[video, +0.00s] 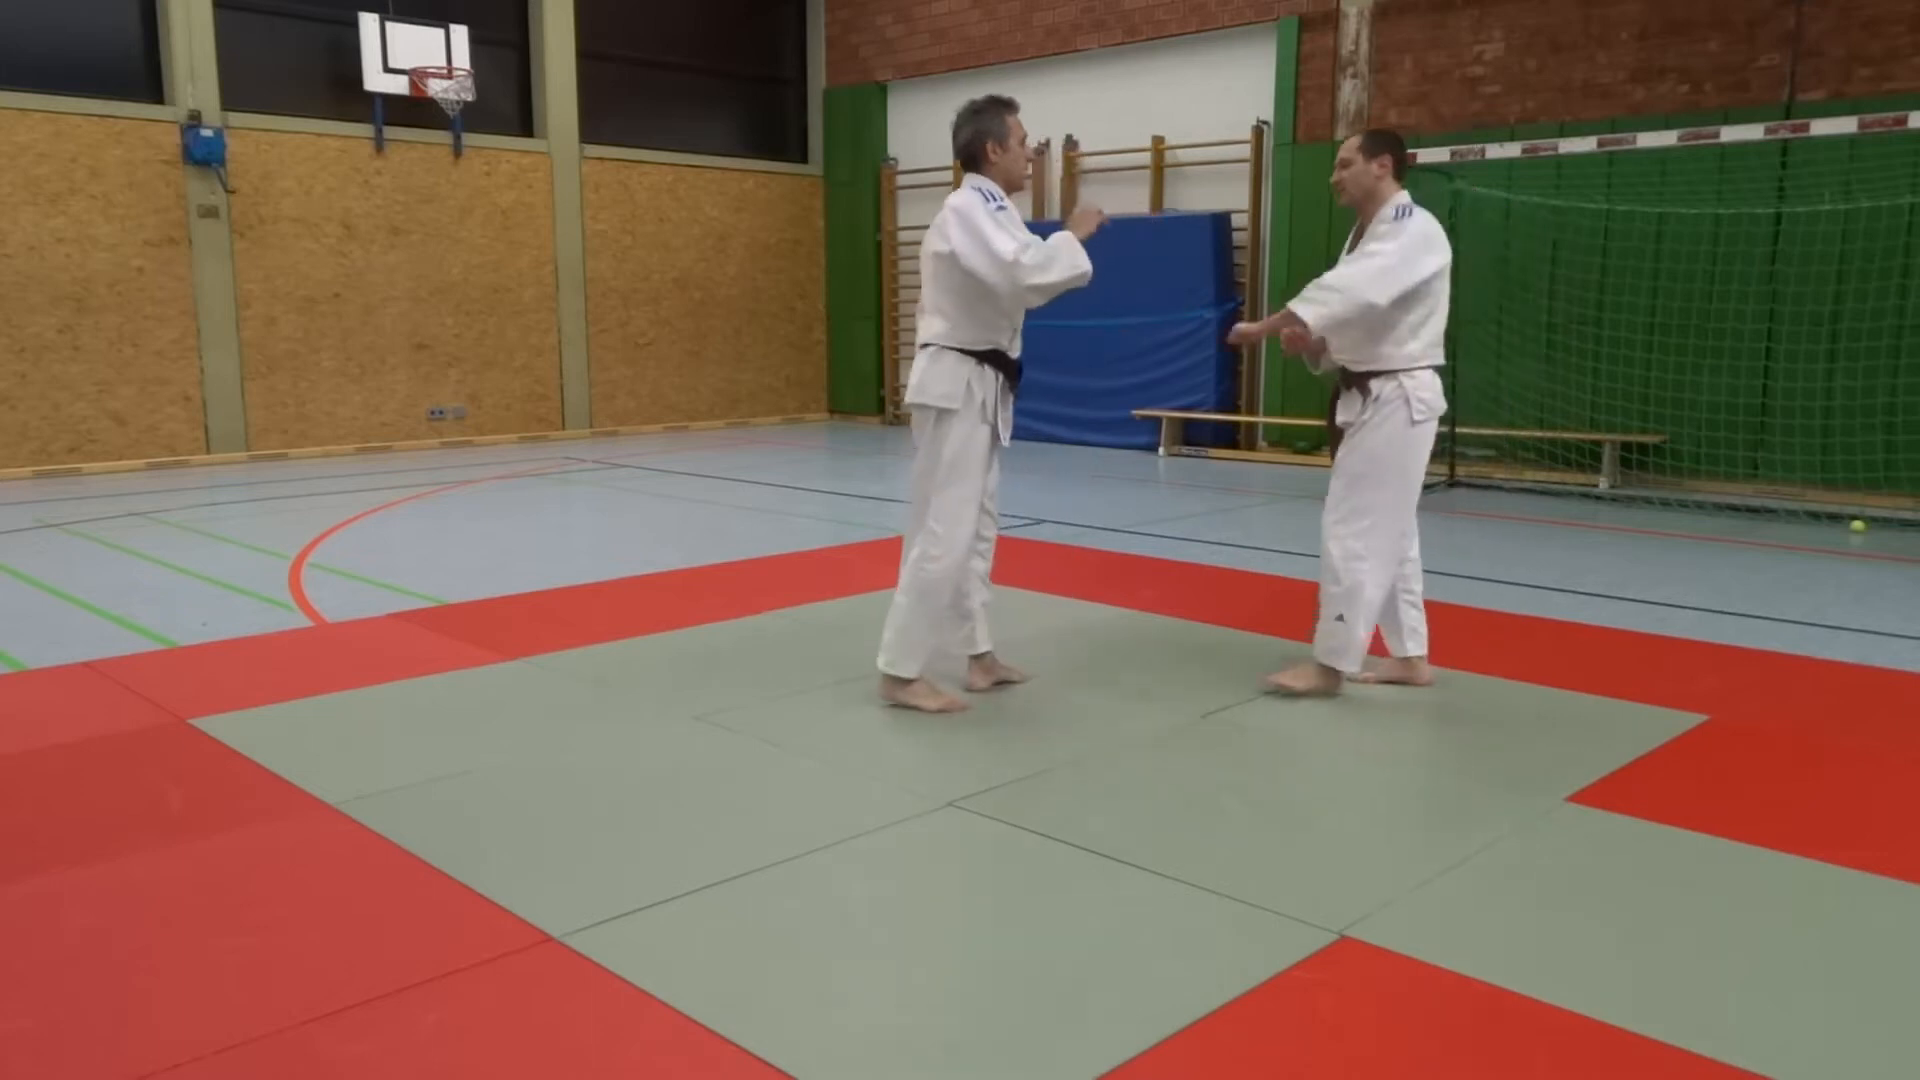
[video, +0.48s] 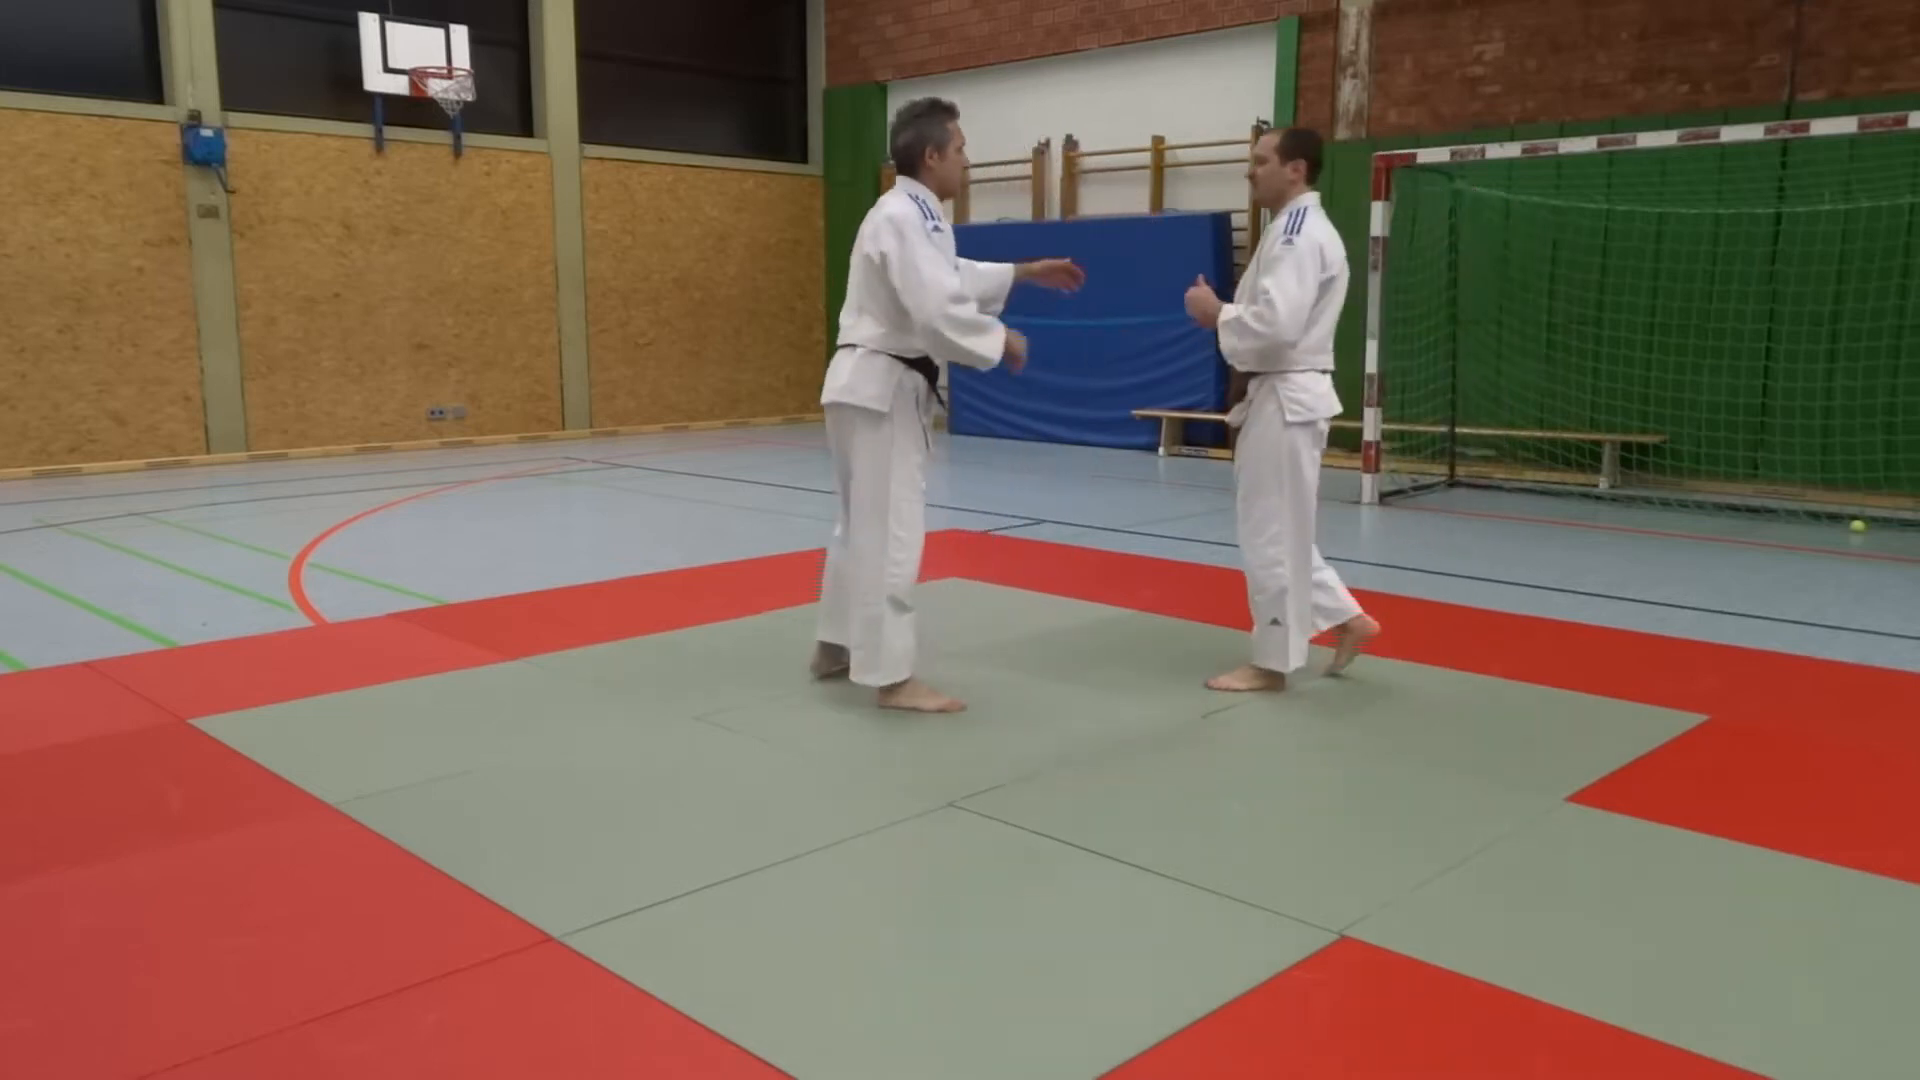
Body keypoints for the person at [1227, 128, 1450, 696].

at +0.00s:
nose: (1335, 177)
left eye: (1345, 165)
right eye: (1336, 167)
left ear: (1383, 168)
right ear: (1375, 171)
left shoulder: (1416, 229)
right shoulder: (1367, 238)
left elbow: (1361, 289)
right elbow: (1356, 337)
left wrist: (1269, 324)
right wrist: (1314, 346)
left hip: (1399, 399)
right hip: (1372, 397)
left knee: (1351, 525)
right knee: (1392, 528)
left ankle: (1330, 666)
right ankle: (1409, 656)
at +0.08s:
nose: (1326, 177)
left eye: (1336, 166)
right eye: (1326, 167)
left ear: (1373, 169)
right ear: (1363, 172)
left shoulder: (1398, 230)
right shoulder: (1363, 234)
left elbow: (1329, 289)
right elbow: (1361, 325)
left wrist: (1236, 336)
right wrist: (1312, 342)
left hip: (1386, 398)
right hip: (1363, 396)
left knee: (1337, 522)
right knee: (1381, 526)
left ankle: (1294, 658)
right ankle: (1408, 656)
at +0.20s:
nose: (1305, 179)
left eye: (1316, 169)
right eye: (1307, 169)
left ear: (1353, 174)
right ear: (1347, 177)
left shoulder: (1371, 239)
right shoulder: (1346, 236)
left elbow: (1303, 304)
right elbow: (1312, 311)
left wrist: (1217, 340)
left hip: (1353, 403)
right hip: (1341, 399)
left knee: (1313, 531)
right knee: (1368, 532)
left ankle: (1276, 661)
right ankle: (1404, 655)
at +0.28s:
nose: (1290, 174)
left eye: (1301, 165)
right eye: (1291, 165)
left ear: (1337, 172)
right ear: (1333, 174)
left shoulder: (1348, 236)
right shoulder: (1331, 232)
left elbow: (1308, 320)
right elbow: (1299, 311)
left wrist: (1232, 330)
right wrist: (1244, 329)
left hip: (1332, 400)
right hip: (1333, 396)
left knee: (1298, 531)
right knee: (1353, 532)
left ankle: (1271, 661)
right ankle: (1401, 650)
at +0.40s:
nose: (1267, 171)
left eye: (1277, 161)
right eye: (1268, 161)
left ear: (1312, 169)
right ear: (1308, 170)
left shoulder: (1317, 231)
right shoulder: (1311, 226)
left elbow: (1297, 319)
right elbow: (1296, 314)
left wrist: (1232, 319)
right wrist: (1242, 319)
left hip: (1301, 395)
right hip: (1306, 392)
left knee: (1277, 527)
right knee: (1306, 526)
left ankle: (1271, 662)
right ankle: (1376, 628)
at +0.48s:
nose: (1251, 172)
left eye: (1260, 162)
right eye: (1252, 162)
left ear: (1296, 170)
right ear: (1293, 170)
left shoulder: (1300, 234)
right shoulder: (1299, 227)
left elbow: (1277, 325)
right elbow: (1283, 320)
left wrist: (1217, 314)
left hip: (1286, 397)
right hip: (1292, 394)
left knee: (1267, 529)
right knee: (1278, 523)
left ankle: (1272, 664)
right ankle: (1345, 619)